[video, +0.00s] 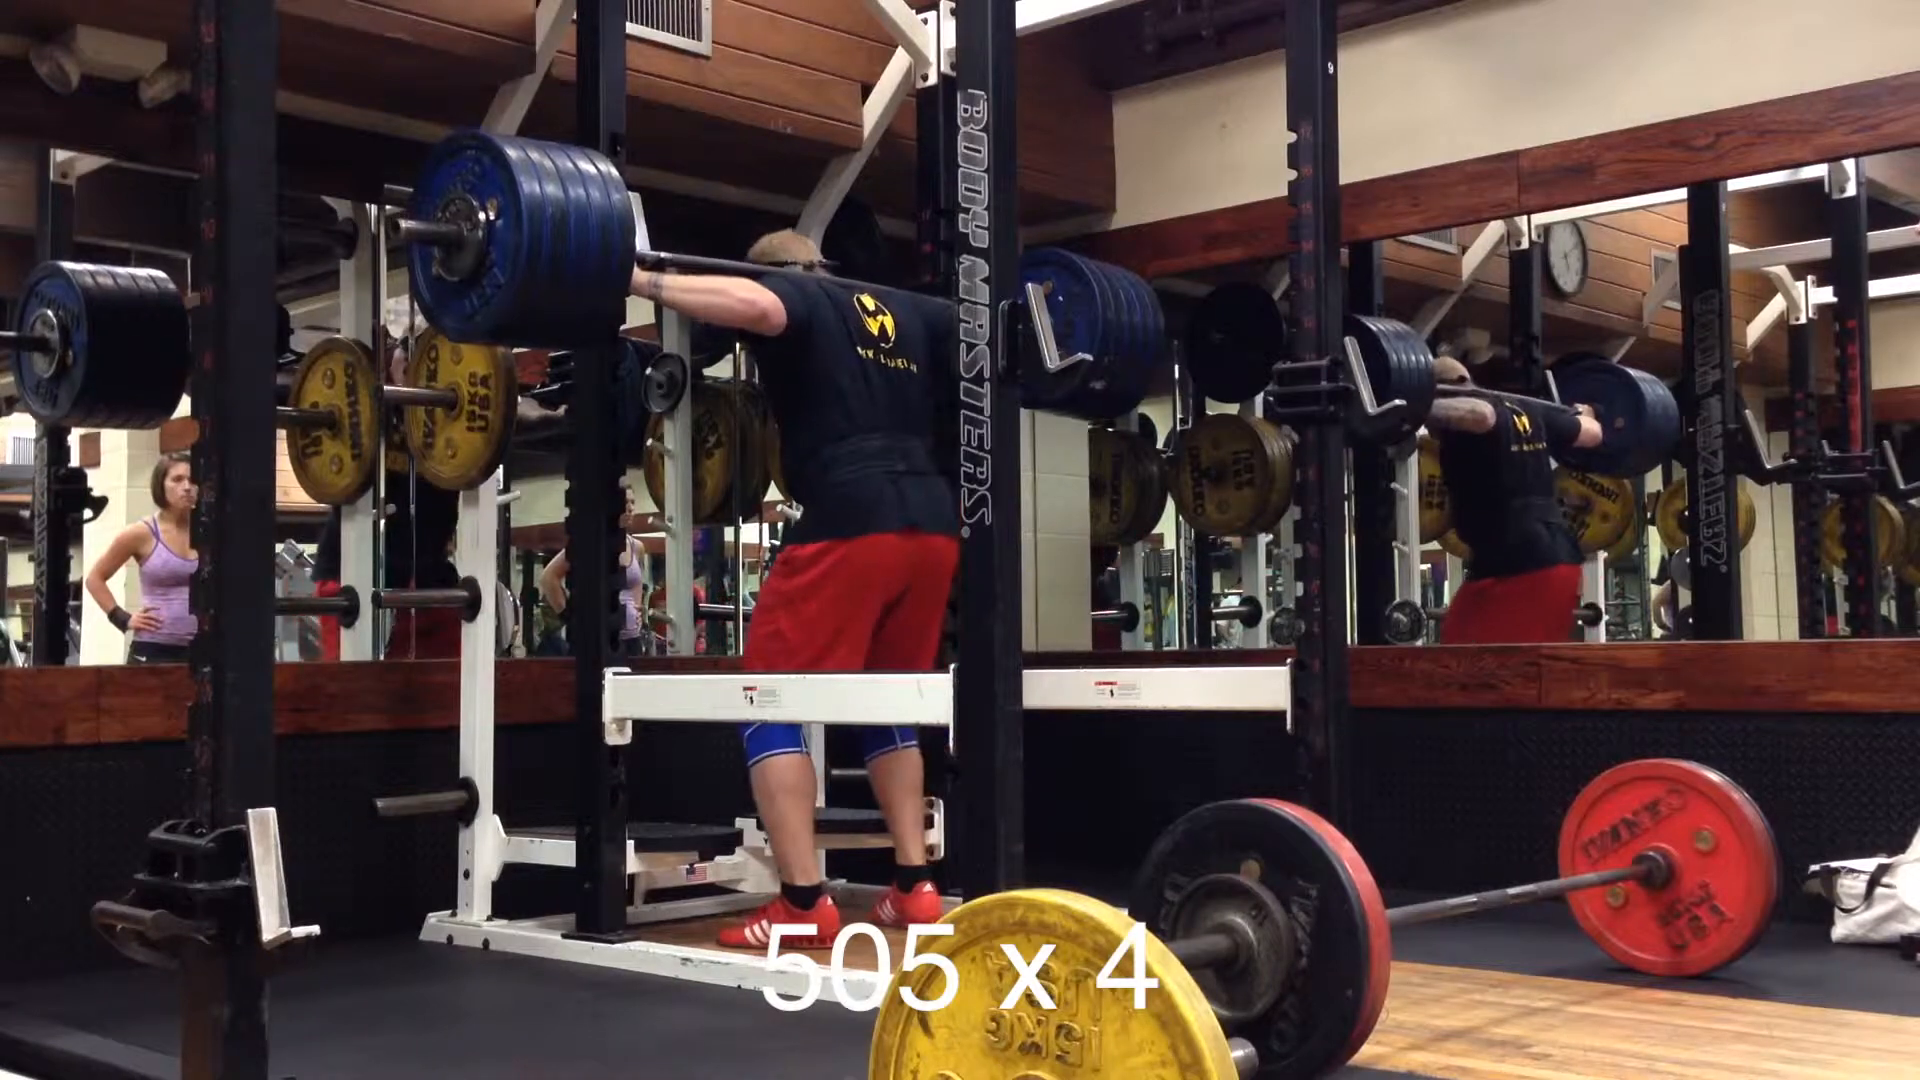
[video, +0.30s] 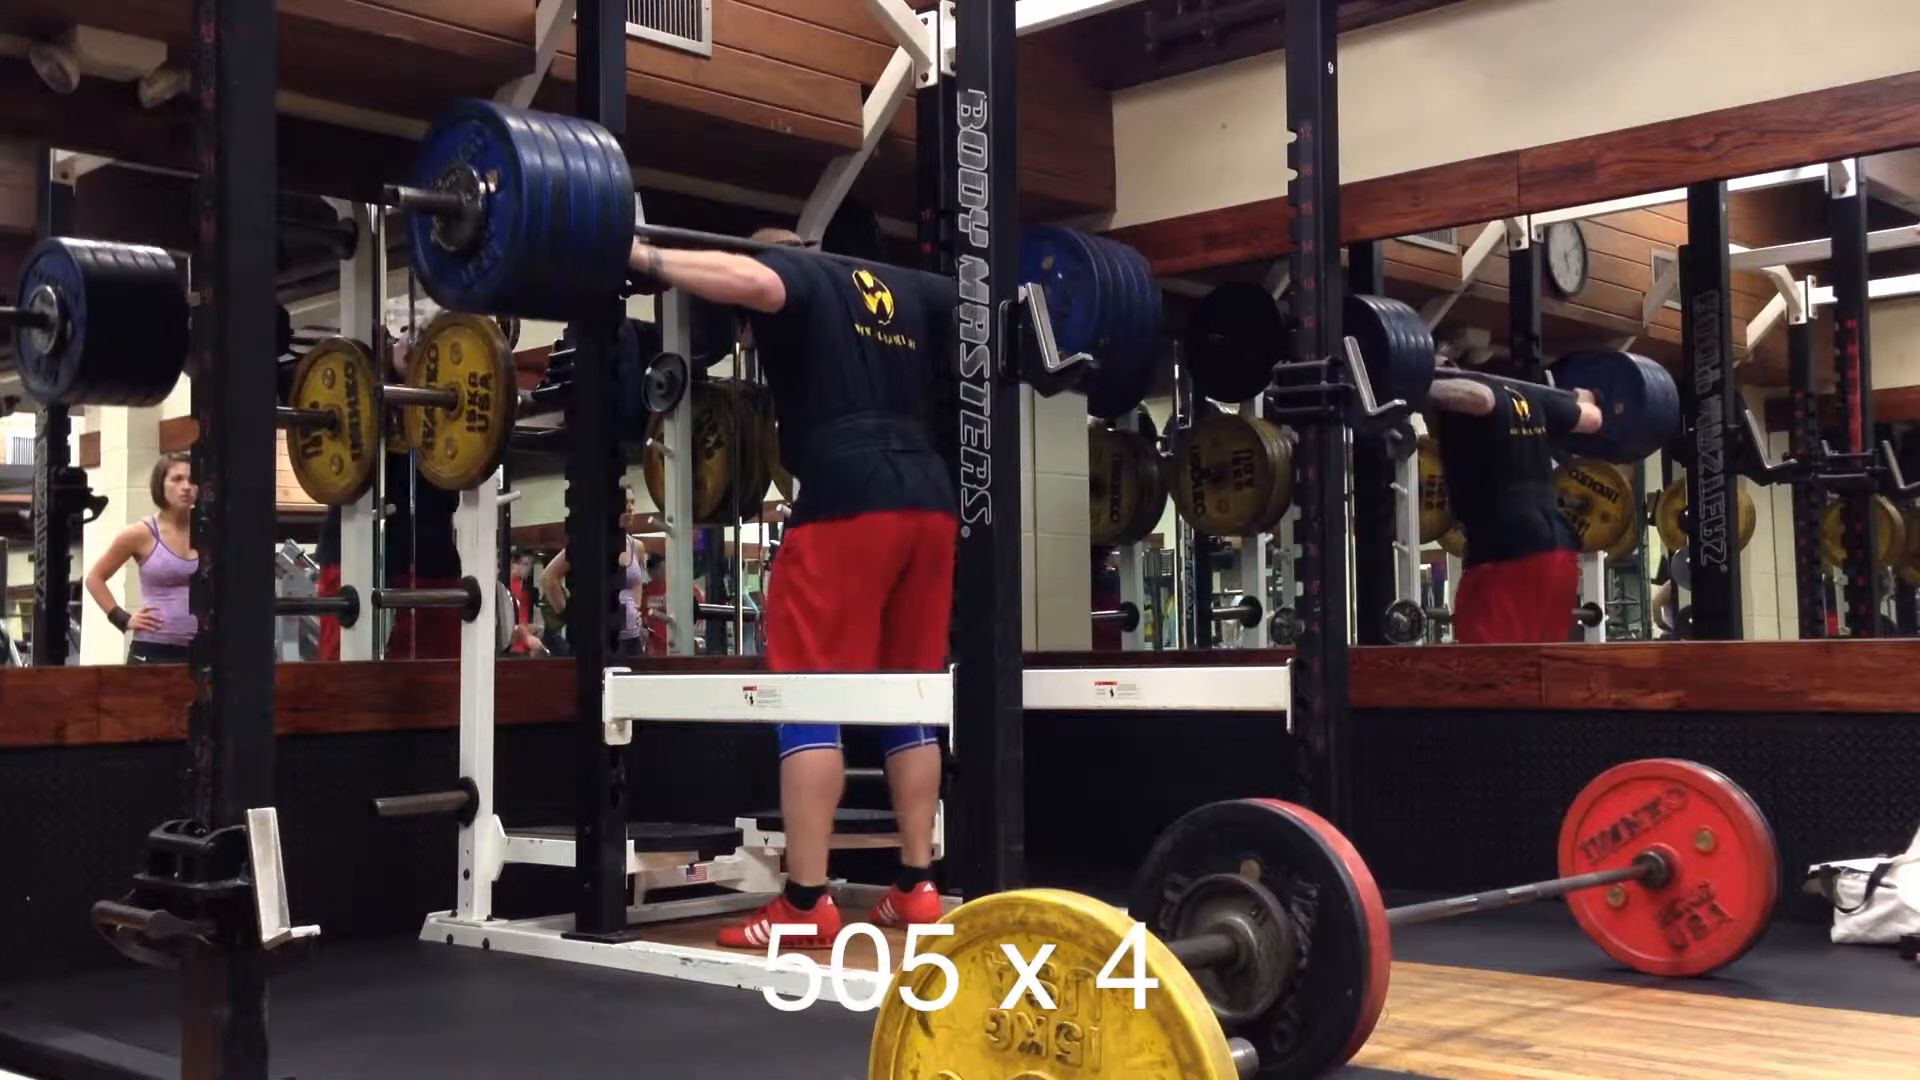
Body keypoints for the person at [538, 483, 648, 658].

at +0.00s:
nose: (629, 508)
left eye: (631, 502)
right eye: (623, 502)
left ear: (635, 507)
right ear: (609, 506)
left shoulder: (636, 546)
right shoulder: (589, 542)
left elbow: (637, 582)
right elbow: (548, 578)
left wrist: (637, 608)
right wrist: (566, 614)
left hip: (631, 633)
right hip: (598, 634)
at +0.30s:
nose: (628, 508)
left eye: (631, 503)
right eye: (622, 503)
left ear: (635, 506)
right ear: (609, 507)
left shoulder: (636, 546)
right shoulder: (589, 542)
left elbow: (637, 581)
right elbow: (548, 578)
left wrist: (636, 608)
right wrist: (566, 613)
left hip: (631, 631)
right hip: (597, 633)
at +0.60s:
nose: (629, 509)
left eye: (631, 503)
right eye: (623, 503)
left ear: (634, 506)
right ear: (609, 507)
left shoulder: (636, 546)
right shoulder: (589, 542)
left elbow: (637, 580)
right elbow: (548, 577)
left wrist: (636, 607)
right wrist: (566, 611)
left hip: (631, 630)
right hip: (597, 632)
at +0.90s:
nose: (628, 509)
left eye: (631, 504)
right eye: (623, 503)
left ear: (635, 507)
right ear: (609, 507)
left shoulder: (636, 546)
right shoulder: (589, 542)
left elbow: (636, 582)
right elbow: (548, 576)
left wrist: (636, 610)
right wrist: (566, 611)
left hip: (630, 629)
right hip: (597, 631)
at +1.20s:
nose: (628, 510)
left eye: (631, 504)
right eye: (623, 504)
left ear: (635, 508)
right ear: (609, 508)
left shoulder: (636, 546)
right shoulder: (590, 543)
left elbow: (637, 582)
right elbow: (548, 576)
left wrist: (636, 608)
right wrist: (566, 612)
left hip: (630, 631)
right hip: (597, 632)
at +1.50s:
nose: (629, 510)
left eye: (632, 504)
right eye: (624, 504)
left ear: (635, 507)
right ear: (609, 506)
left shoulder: (637, 547)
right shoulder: (590, 543)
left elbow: (637, 581)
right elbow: (548, 577)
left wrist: (635, 608)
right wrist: (567, 611)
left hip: (630, 629)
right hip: (597, 630)